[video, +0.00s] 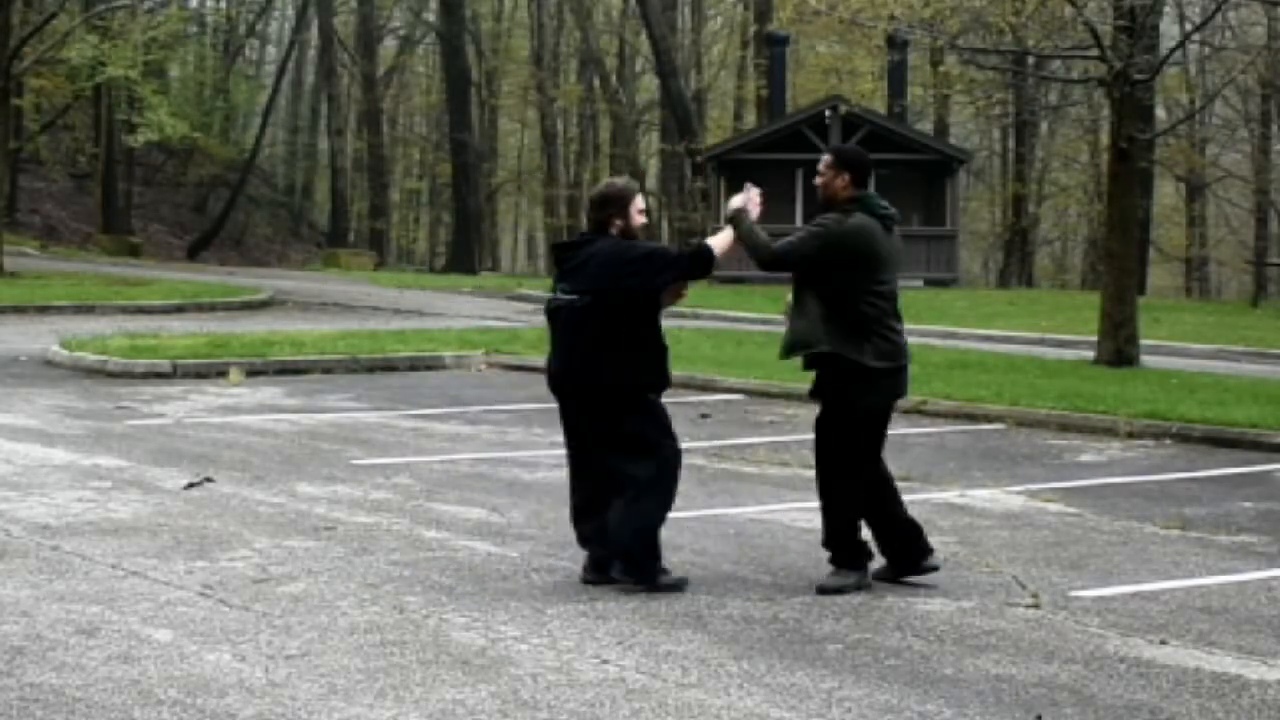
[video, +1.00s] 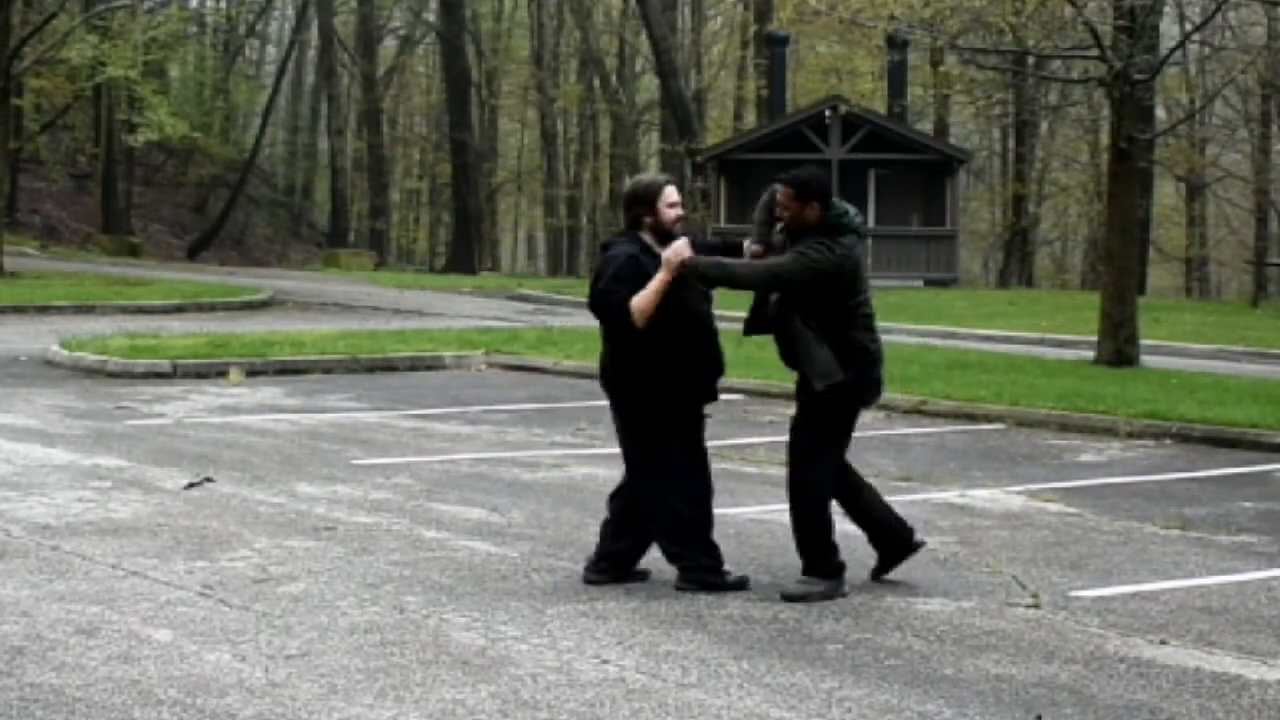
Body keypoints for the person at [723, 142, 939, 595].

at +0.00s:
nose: (815, 179)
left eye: (822, 173)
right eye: (817, 172)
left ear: (845, 180)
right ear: (850, 181)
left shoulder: (842, 229)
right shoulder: (871, 224)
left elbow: (771, 257)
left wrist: (740, 217)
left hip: (853, 371)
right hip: (876, 368)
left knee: (838, 466)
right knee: (860, 462)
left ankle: (850, 565)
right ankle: (909, 553)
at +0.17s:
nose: (822, 187)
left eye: (828, 180)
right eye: (823, 179)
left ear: (850, 186)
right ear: (862, 186)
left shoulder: (838, 235)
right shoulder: (906, 234)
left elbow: (780, 275)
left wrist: (772, 258)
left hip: (853, 374)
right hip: (902, 370)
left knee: (816, 458)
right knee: (896, 468)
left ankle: (855, 556)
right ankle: (915, 563)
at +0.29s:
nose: (822, 189)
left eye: (828, 182)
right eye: (823, 181)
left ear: (851, 188)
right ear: (862, 189)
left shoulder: (839, 240)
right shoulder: (905, 234)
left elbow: (792, 288)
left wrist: (775, 318)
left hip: (853, 376)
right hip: (904, 371)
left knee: (815, 458)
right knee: (890, 464)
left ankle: (841, 565)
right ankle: (914, 563)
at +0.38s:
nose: (819, 189)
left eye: (827, 183)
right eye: (821, 182)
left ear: (851, 190)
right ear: (858, 191)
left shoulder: (838, 243)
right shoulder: (895, 232)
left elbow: (792, 295)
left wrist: (763, 338)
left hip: (853, 378)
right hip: (900, 374)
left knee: (820, 461)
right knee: (887, 467)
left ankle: (816, 573)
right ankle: (914, 563)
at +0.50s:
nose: (810, 190)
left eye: (818, 183)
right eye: (811, 182)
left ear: (844, 189)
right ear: (842, 191)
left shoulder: (845, 241)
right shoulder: (862, 231)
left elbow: (796, 296)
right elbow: (800, 244)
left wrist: (760, 328)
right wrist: (745, 246)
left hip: (846, 380)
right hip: (874, 375)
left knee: (814, 468)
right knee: (872, 472)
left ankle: (808, 575)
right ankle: (912, 563)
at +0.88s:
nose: (786, 194)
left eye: (796, 190)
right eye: (788, 186)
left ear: (826, 200)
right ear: (820, 199)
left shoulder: (838, 251)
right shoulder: (819, 222)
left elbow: (777, 292)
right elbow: (783, 192)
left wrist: (708, 311)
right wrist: (755, 211)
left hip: (847, 378)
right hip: (849, 373)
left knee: (808, 459)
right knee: (863, 466)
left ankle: (820, 574)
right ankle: (913, 560)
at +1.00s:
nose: (780, 216)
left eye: (788, 209)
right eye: (779, 207)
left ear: (813, 209)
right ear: (811, 207)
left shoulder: (829, 252)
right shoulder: (816, 236)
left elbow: (760, 275)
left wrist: (690, 266)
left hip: (839, 376)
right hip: (825, 371)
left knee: (809, 470)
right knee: (824, 464)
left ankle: (824, 574)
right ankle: (893, 538)